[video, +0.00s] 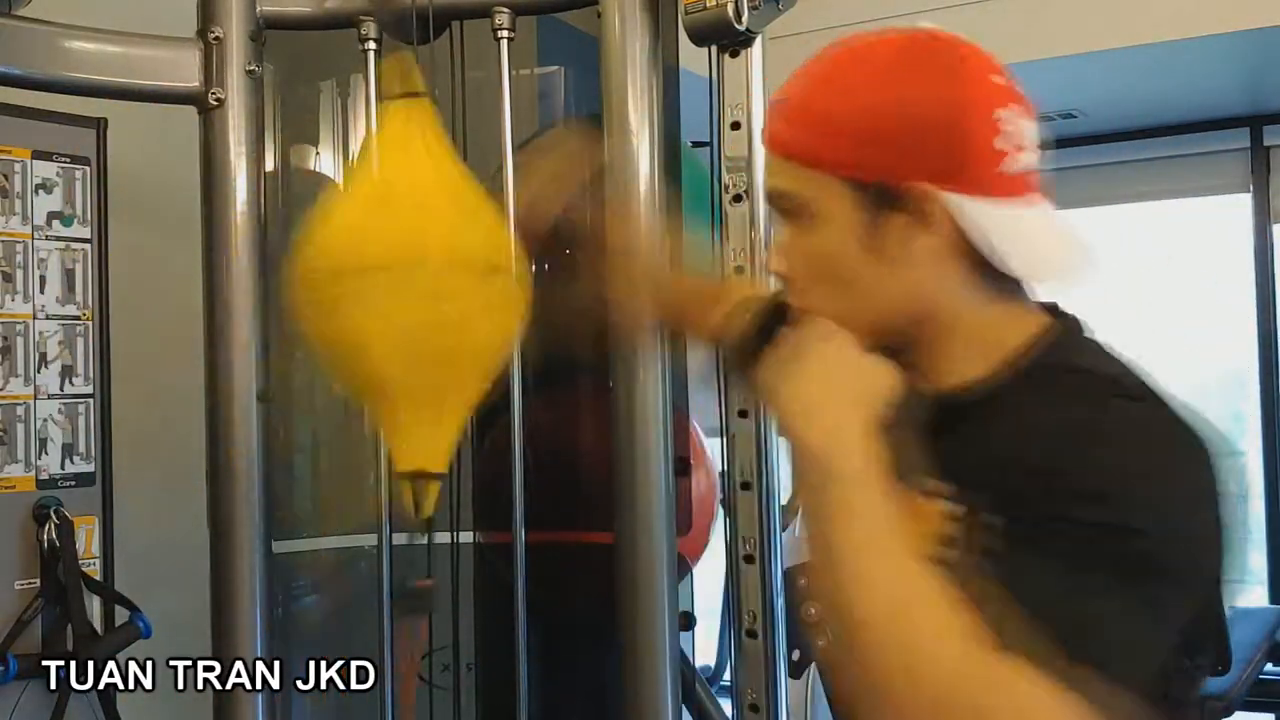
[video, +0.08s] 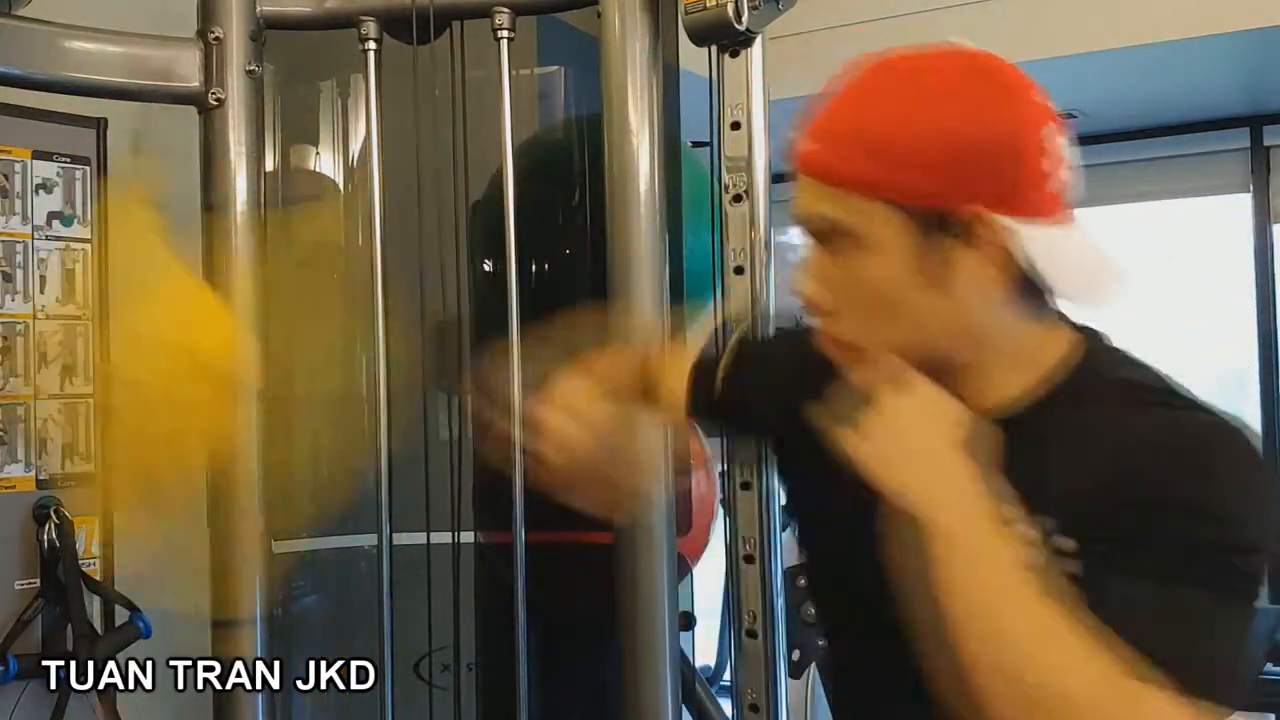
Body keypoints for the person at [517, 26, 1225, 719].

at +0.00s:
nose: (774, 261)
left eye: (795, 216)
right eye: (777, 217)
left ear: (918, 222)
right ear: (917, 227)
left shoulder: (1129, 454)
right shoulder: (904, 381)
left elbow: (971, 703)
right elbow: (773, 325)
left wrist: (838, 448)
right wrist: (647, 281)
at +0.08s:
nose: (805, 284)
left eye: (836, 243)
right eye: (808, 242)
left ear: (975, 253)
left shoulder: (1190, 463)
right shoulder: (824, 388)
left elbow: (1144, 704)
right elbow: (640, 371)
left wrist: (953, 499)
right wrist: (575, 407)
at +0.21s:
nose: (855, 320)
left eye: (896, 280)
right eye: (856, 276)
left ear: (1044, 289)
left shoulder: (1234, 487)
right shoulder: (838, 420)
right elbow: (575, 534)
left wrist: (1035, 536)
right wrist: (786, 532)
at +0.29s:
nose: (847, 309)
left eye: (881, 266)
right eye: (852, 265)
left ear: (1026, 274)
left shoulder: (1229, 477)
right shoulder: (846, 415)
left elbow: (1237, 711)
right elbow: (606, 507)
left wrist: (1037, 553)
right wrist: (883, 505)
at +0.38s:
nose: (839, 287)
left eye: (864, 238)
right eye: (842, 241)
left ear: (1002, 245)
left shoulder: (1221, 447)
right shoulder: (866, 392)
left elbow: (1159, 708)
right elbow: (602, 420)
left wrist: (985, 476)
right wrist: (835, 435)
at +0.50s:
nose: (841, 253)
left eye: (856, 216)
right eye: (840, 218)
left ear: (971, 214)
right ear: (964, 219)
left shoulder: (1189, 433)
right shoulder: (939, 363)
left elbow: (984, 690)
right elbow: (682, 325)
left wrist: (899, 414)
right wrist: (464, 295)